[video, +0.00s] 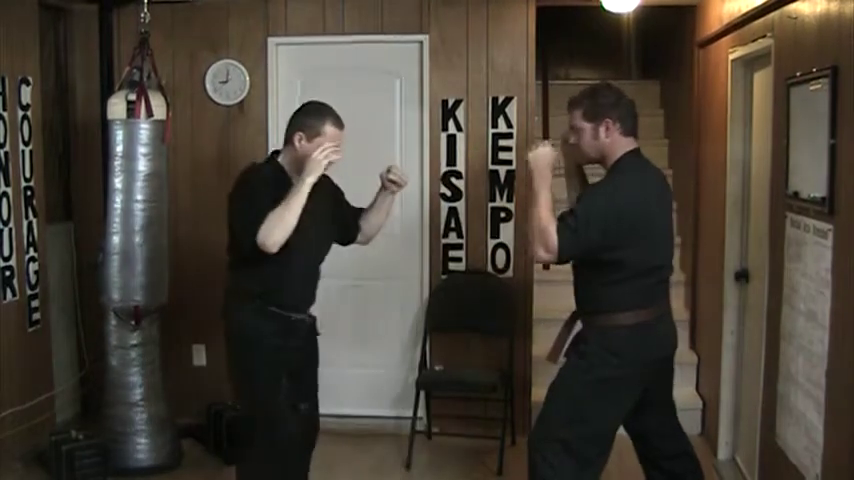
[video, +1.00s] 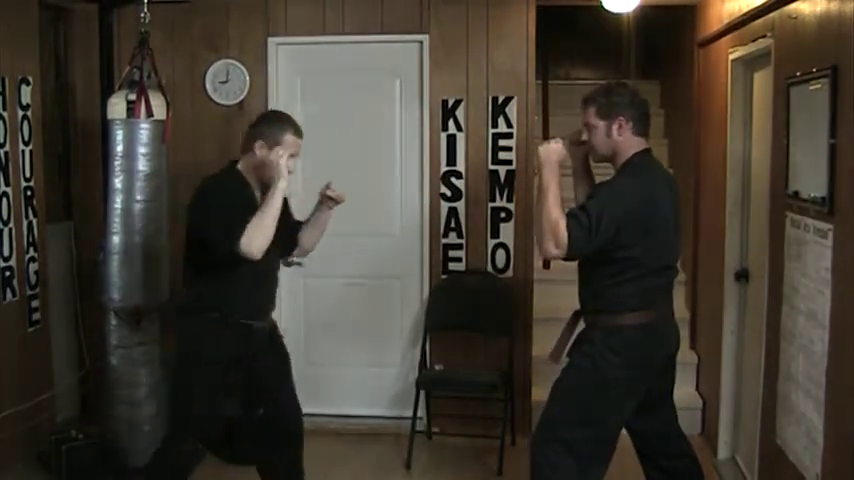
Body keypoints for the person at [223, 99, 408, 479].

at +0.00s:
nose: (332, 156)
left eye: (336, 148)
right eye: (327, 146)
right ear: (299, 140)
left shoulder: (321, 188)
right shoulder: (255, 180)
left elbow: (361, 232)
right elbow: (269, 240)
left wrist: (386, 193)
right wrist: (306, 179)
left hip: (299, 326)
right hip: (255, 325)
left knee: (302, 429)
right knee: (269, 430)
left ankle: (292, 477)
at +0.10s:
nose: (322, 159)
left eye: (325, 152)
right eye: (316, 149)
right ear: (289, 143)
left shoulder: (309, 189)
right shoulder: (246, 181)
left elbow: (347, 234)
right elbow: (259, 241)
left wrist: (373, 198)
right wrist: (300, 182)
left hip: (288, 328)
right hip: (243, 328)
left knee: (295, 433)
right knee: (243, 437)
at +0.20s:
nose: (307, 161)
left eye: (310, 153)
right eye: (301, 151)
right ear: (273, 144)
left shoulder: (294, 191)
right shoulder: (231, 185)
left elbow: (331, 234)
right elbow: (249, 241)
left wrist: (354, 195)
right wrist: (291, 183)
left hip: (275, 327)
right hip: (228, 328)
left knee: (291, 430)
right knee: (221, 432)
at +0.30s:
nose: (288, 162)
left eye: (292, 154)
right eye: (284, 152)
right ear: (256, 147)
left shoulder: (273, 193)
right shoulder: (214, 188)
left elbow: (312, 235)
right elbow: (239, 243)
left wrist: (333, 195)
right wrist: (276, 184)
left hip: (261, 329)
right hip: (213, 328)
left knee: (288, 428)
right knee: (187, 427)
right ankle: (145, 476)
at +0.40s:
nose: (270, 167)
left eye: (273, 159)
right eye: (265, 157)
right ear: (237, 151)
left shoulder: (252, 197)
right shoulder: (196, 194)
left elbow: (292, 244)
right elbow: (224, 249)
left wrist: (314, 202)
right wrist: (262, 191)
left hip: (242, 339)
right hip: (193, 337)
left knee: (283, 430)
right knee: (164, 439)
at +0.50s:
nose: (253, 172)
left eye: (256, 164)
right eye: (247, 162)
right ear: (218, 154)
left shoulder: (238, 202)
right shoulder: (177, 196)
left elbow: (277, 253)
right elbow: (205, 254)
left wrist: (299, 213)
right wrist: (260, 208)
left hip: (228, 339)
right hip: (179, 338)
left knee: (270, 427)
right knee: (155, 433)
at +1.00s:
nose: (291, 167)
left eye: (294, 158)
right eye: (288, 156)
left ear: (267, 153)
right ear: (259, 149)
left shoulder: (266, 194)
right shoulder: (217, 190)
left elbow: (295, 247)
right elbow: (252, 247)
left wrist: (323, 211)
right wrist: (278, 188)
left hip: (259, 334)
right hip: (212, 334)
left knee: (283, 434)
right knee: (190, 437)